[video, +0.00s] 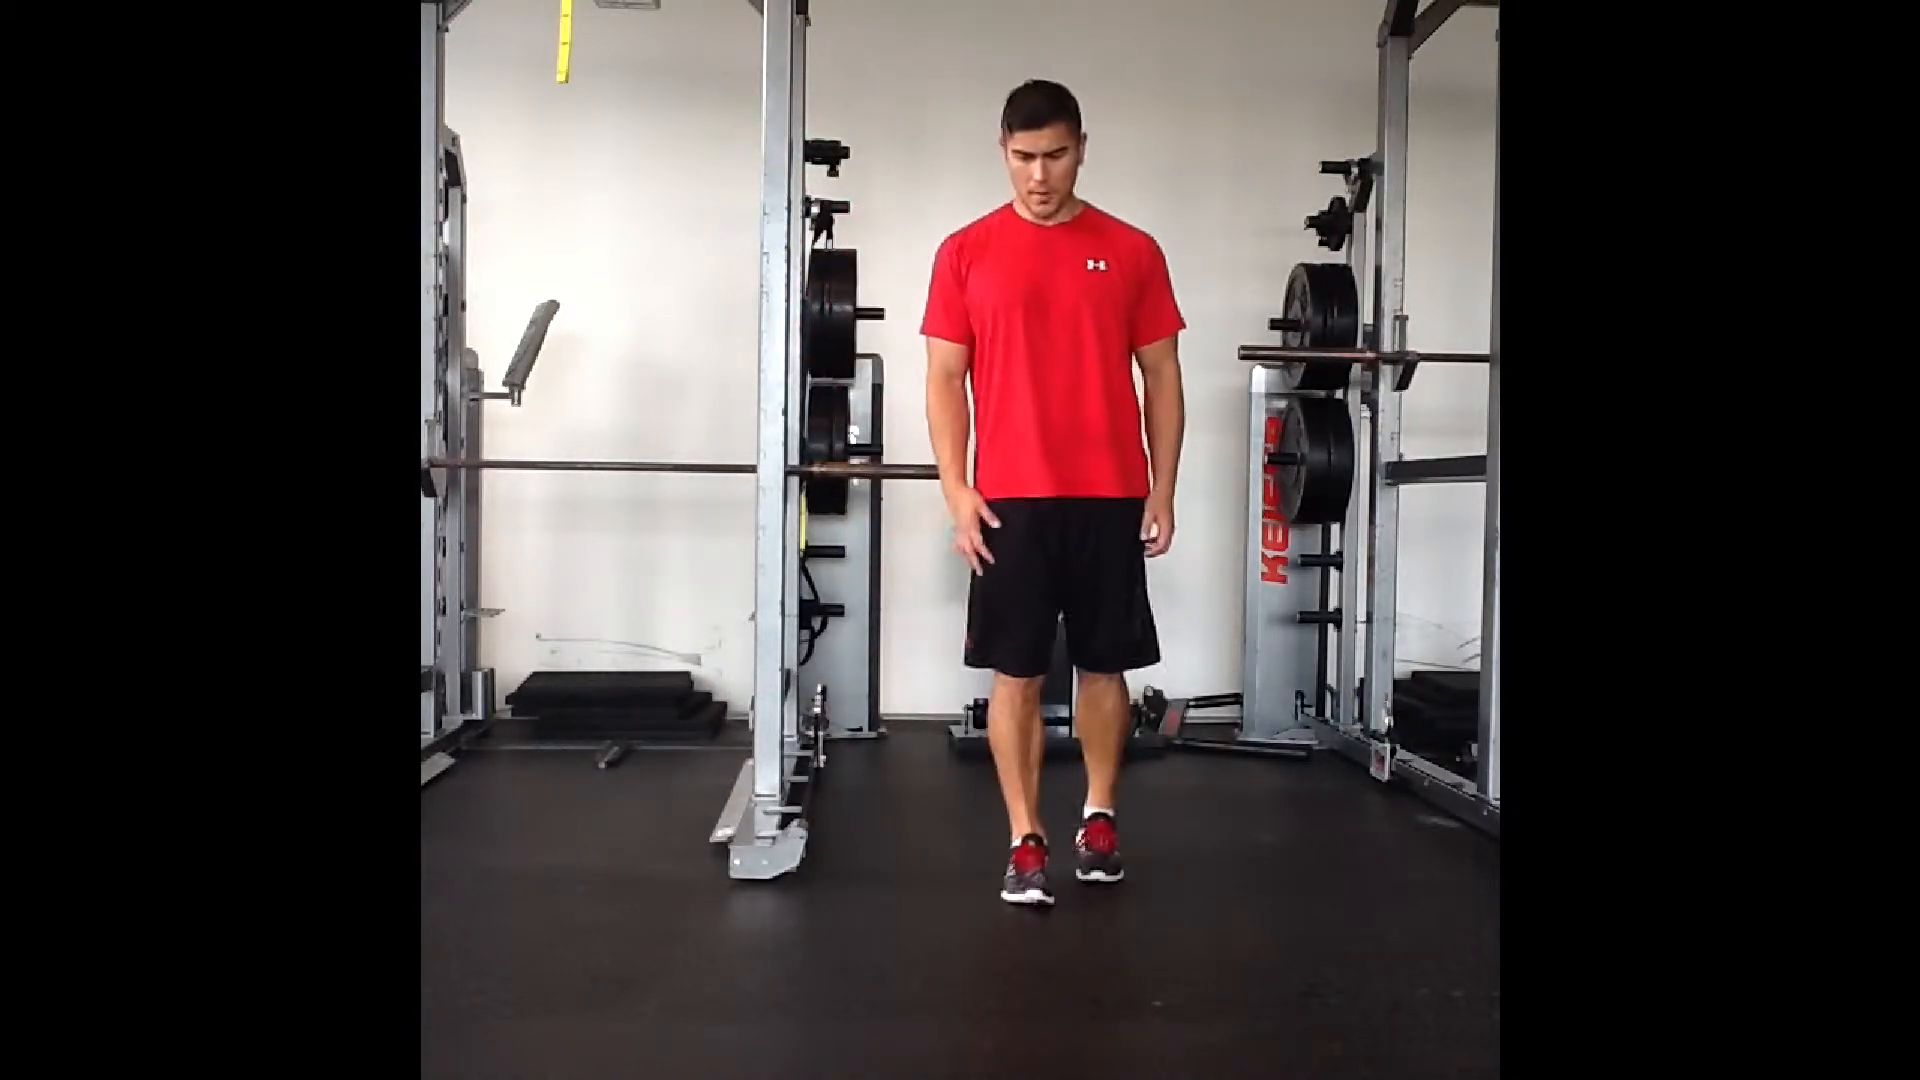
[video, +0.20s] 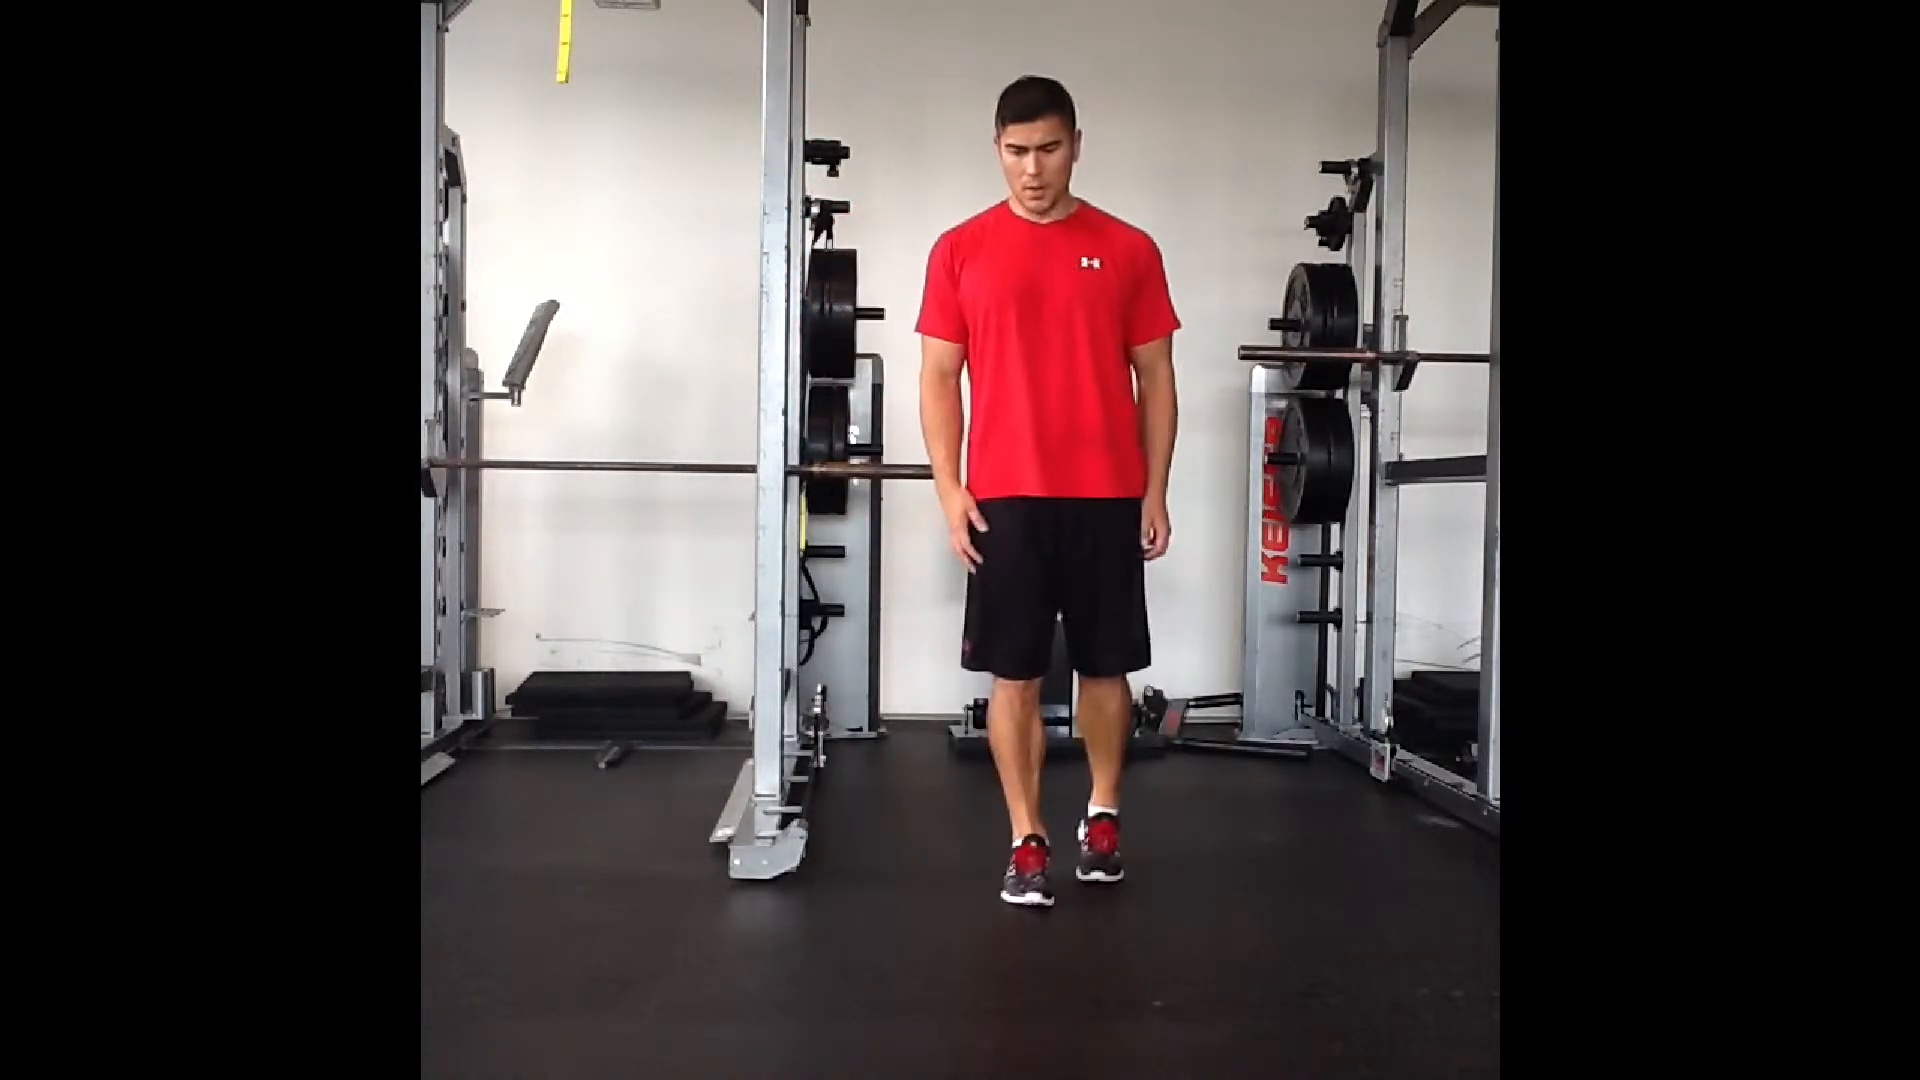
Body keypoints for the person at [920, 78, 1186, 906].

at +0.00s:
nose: (1040, 173)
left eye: (1055, 155)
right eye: (1024, 156)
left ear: (1080, 150)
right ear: (1003, 157)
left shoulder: (1132, 251)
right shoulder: (966, 254)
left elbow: (1161, 371)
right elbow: (944, 377)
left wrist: (1162, 488)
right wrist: (956, 490)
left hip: (1108, 496)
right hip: (1011, 497)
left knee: (1102, 667)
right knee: (1017, 672)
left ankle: (1099, 819)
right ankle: (1025, 841)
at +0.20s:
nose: (1033, 167)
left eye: (1048, 149)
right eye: (1017, 151)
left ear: (1074, 147)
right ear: (997, 153)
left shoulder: (1128, 250)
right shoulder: (960, 252)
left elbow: (1155, 372)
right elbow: (938, 376)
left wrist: (1155, 490)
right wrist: (949, 487)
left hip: (1106, 496)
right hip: (1006, 497)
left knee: (1105, 669)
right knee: (1015, 673)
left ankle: (1102, 817)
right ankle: (1026, 839)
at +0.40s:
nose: (1026, 154)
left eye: (1042, 137)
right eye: (1010, 139)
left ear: (1067, 142)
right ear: (991, 147)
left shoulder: (1120, 248)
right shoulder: (951, 251)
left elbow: (1148, 373)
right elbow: (924, 376)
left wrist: (1151, 490)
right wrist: (922, 490)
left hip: (1101, 495)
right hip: (1000, 496)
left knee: (1105, 673)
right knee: (1010, 677)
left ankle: (1098, 776)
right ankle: (1026, 842)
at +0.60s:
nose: (1024, 148)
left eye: (1039, 131)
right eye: (1008, 133)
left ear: (1064, 139)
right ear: (987, 142)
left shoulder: (1116, 246)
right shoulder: (946, 249)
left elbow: (1144, 370)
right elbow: (917, 375)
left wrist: (1148, 486)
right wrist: (910, 490)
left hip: (1099, 489)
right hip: (997, 491)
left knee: (1106, 664)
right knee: (1008, 673)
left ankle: (1081, 734)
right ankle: (1024, 842)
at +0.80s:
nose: (1021, 148)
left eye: (1036, 131)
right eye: (1005, 132)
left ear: (1061, 138)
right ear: (984, 142)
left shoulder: (1114, 247)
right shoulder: (944, 250)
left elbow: (1142, 372)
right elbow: (916, 375)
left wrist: (1147, 490)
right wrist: (917, 489)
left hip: (1098, 492)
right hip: (995, 493)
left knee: (1105, 661)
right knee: (1009, 673)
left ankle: (1078, 736)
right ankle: (1024, 841)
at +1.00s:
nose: (1021, 148)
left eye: (1036, 131)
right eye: (1004, 133)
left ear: (1061, 139)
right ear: (983, 142)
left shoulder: (1114, 247)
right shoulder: (942, 249)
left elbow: (1141, 370)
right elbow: (914, 374)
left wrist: (1145, 489)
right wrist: (922, 488)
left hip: (1096, 494)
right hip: (993, 495)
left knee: (1099, 661)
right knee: (1008, 674)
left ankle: (1074, 737)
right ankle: (1024, 841)